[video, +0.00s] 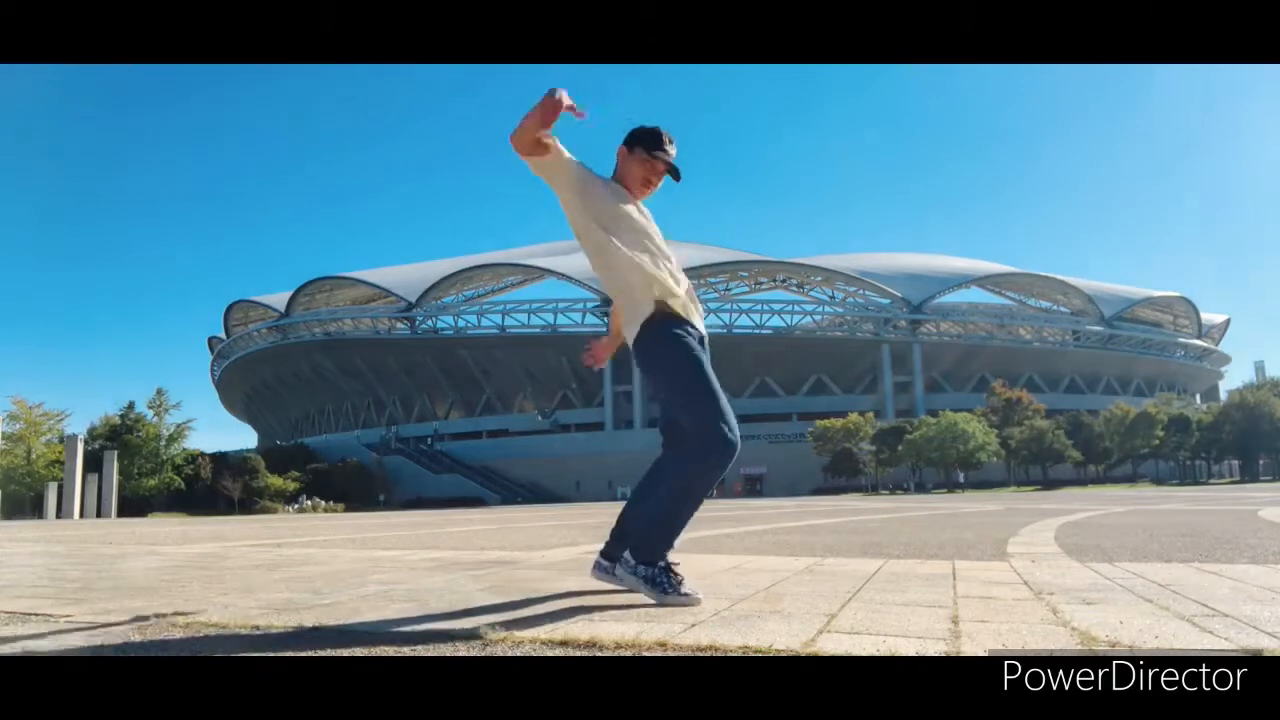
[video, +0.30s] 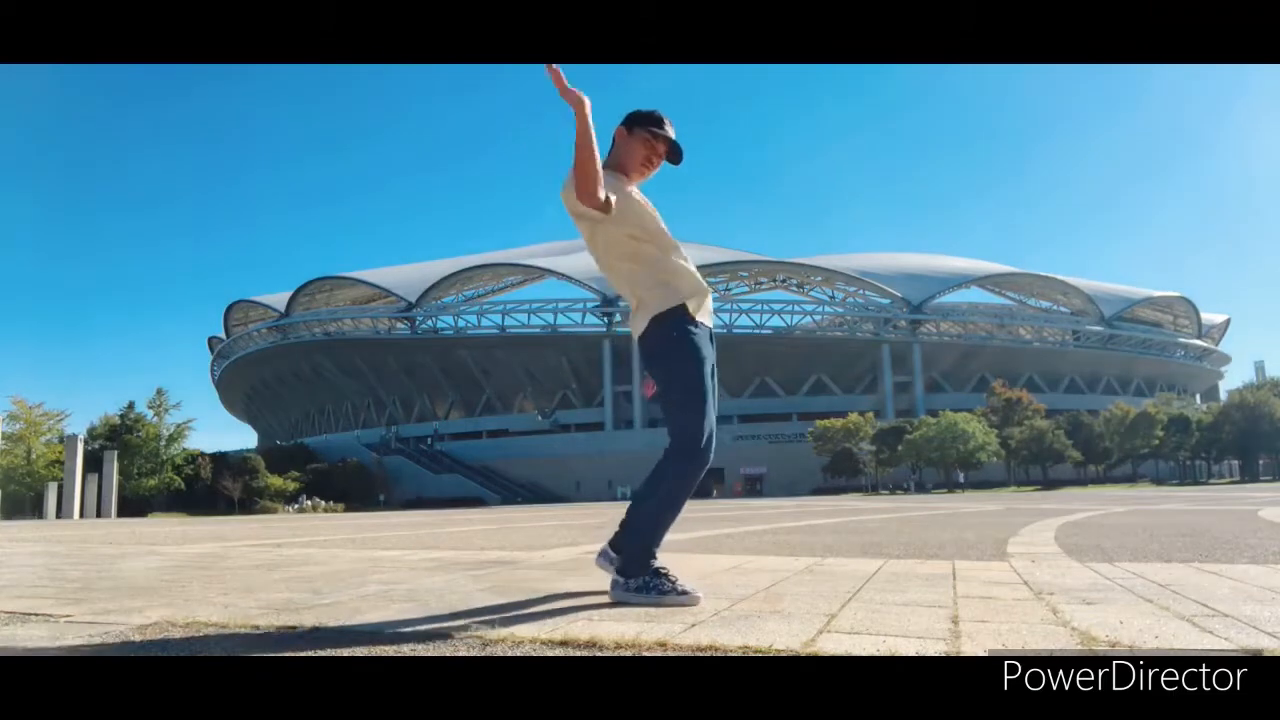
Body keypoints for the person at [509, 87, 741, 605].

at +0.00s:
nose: (657, 178)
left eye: (664, 173)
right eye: (652, 165)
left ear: (661, 178)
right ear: (624, 154)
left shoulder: (635, 217)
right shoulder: (585, 185)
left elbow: (640, 283)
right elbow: (526, 142)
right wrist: (551, 106)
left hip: (683, 336)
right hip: (663, 333)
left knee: (685, 446)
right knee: (717, 440)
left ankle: (619, 555)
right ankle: (642, 558)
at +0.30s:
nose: (655, 161)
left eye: (661, 158)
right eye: (649, 147)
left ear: (659, 163)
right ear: (622, 136)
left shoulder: (626, 194)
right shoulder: (596, 186)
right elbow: (589, 193)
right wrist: (583, 109)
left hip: (688, 328)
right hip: (671, 328)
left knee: (696, 445)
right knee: (693, 446)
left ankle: (626, 549)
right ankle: (635, 571)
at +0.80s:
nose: (670, 144)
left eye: (677, 137)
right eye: (666, 131)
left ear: (675, 136)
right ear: (636, 118)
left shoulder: (660, 172)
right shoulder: (589, 174)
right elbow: (509, 172)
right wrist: (550, 111)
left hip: (694, 330)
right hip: (656, 331)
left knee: (710, 442)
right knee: (695, 443)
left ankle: (648, 555)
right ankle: (635, 569)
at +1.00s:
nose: (674, 161)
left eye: (682, 155)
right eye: (668, 148)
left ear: (683, 157)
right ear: (638, 138)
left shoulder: (661, 199)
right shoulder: (593, 193)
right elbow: (518, 212)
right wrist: (554, 155)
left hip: (682, 349)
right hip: (646, 351)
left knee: (726, 450)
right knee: (701, 452)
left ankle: (647, 546)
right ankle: (641, 569)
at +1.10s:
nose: (664, 179)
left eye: (671, 174)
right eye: (659, 166)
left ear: (669, 179)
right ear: (631, 159)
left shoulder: (652, 229)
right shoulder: (601, 214)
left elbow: (680, 294)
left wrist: (713, 332)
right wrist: (614, 156)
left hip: (677, 363)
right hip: (642, 363)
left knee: (739, 442)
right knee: (698, 452)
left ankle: (672, 518)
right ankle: (636, 570)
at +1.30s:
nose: (645, 197)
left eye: (652, 191)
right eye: (637, 185)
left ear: (655, 193)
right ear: (611, 179)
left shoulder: (636, 238)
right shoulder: (593, 226)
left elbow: (668, 301)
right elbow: (664, 247)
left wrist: (711, 337)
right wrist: (716, 243)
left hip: (682, 363)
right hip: (642, 364)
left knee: (716, 464)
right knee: (685, 450)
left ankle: (656, 553)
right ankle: (635, 573)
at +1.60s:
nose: (642, 194)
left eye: (649, 188)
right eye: (634, 185)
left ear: (656, 195)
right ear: (615, 190)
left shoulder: (665, 243)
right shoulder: (599, 233)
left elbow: (676, 310)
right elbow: (629, 274)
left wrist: (690, 354)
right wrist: (682, 279)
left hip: (669, 363)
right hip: (622, 360)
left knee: (674, 459)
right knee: (632, 439)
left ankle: (642, 550)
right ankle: (615, 549)